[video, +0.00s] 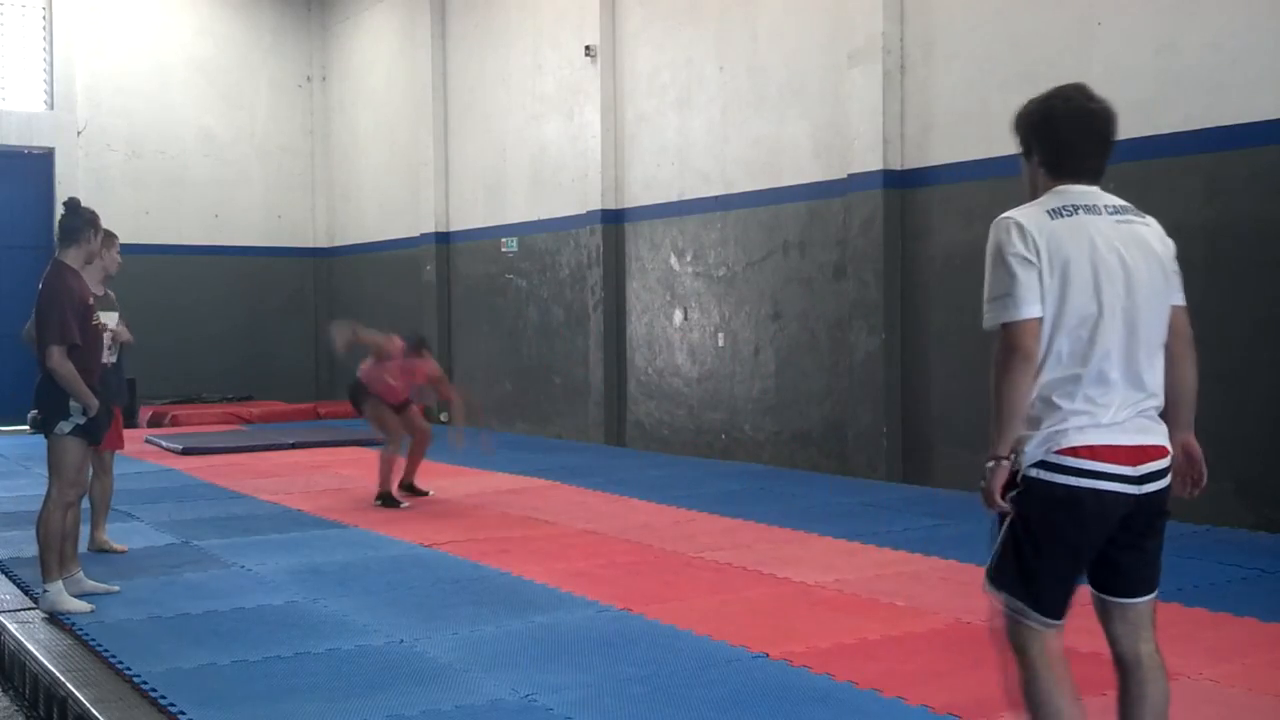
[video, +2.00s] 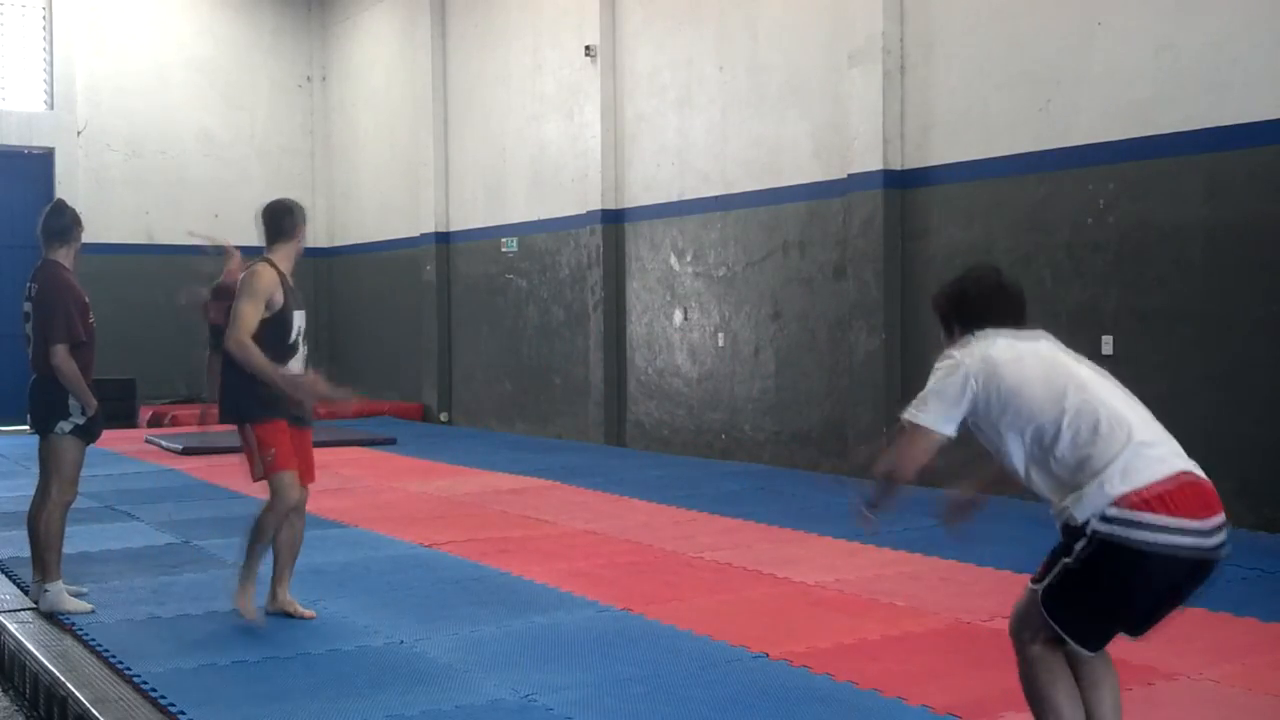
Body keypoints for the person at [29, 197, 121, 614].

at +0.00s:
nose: (101, 245)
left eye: (100, 237)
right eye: (100, 237)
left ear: (69, 235)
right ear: (90, 237)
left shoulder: (70, 279)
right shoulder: (61, 285)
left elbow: (69, 341)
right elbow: (55, 358)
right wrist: (91, 402)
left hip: (80, 398)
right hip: (66, 401)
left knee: (75, 489)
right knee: (61, 493)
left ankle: (71, 575)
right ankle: (51, 590)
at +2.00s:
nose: (84, 236)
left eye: (79, 230)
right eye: (83, 230)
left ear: (45, 235)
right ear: (78, 234)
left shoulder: (41, 277)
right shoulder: (60, 284)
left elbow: (40, 349)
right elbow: (59, 355)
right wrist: (89, 400)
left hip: (48, 393)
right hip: (64, 397)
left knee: (47, 491)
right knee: (61, 495)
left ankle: (43, 579)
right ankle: (51, 589)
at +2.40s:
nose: (93, 241)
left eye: (92, 234)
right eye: (90, 235)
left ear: (60, 236)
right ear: (74, 237)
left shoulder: (53, 277)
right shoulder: (54, 283)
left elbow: (45, 348)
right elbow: (48, 353)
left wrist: (77, 389)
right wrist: (84, 399)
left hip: (52, 390)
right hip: (59, 393)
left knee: (49, 488)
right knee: (71, 491)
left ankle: (43, 579)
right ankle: (51, 586)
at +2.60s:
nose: (93, 242)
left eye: (95, 235)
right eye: (86, 234)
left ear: (72, 239)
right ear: (61, 236)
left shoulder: (65, 278)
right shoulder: (49, 285)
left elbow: (64, 345)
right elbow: (37, 357)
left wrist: (83, 389)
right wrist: (80, 398)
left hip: (66, 395)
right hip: (57, 398)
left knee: (52, 491)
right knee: (81, 488)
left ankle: (42, 582)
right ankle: (66, 586)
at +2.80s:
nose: (90, 241)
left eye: (92, 234)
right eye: (82, 234)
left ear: (86, 238)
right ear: (58, 236)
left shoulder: (80, 283)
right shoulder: (46, 289)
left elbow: (86, 349)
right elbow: (33, 361)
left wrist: (103, 395)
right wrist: (79, 403)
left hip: (86, 396)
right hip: (61, 401)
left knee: (85, 490)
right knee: (80, 492)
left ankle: (48, 578)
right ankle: (67, 593)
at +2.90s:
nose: (87, 239)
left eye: (90, 232)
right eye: (77, 232)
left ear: (90, 236)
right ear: (55, 235)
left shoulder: (85, 282)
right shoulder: (43, 288)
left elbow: (96, 347)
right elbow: (28, 361)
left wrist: (114, 397)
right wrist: (79, 405)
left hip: (94, 398)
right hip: (61, 405)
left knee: (111, 485)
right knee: (77, 492)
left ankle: (58, 561)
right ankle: (67, 593)